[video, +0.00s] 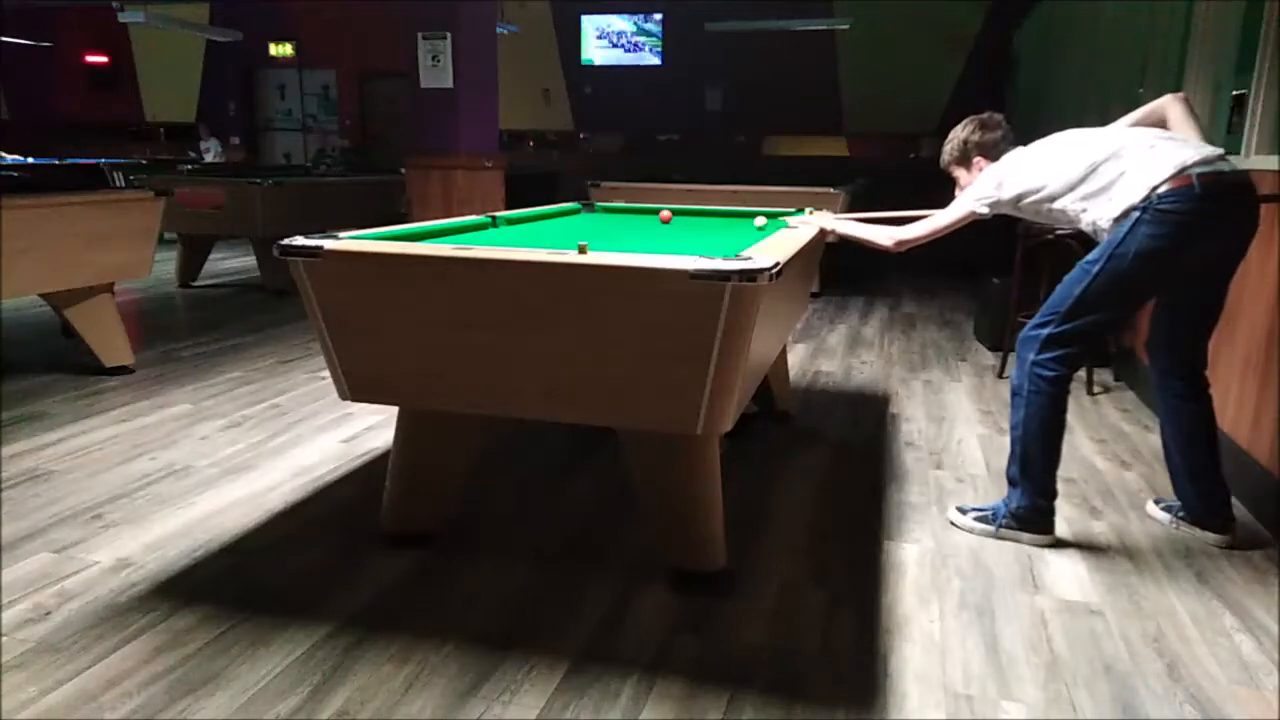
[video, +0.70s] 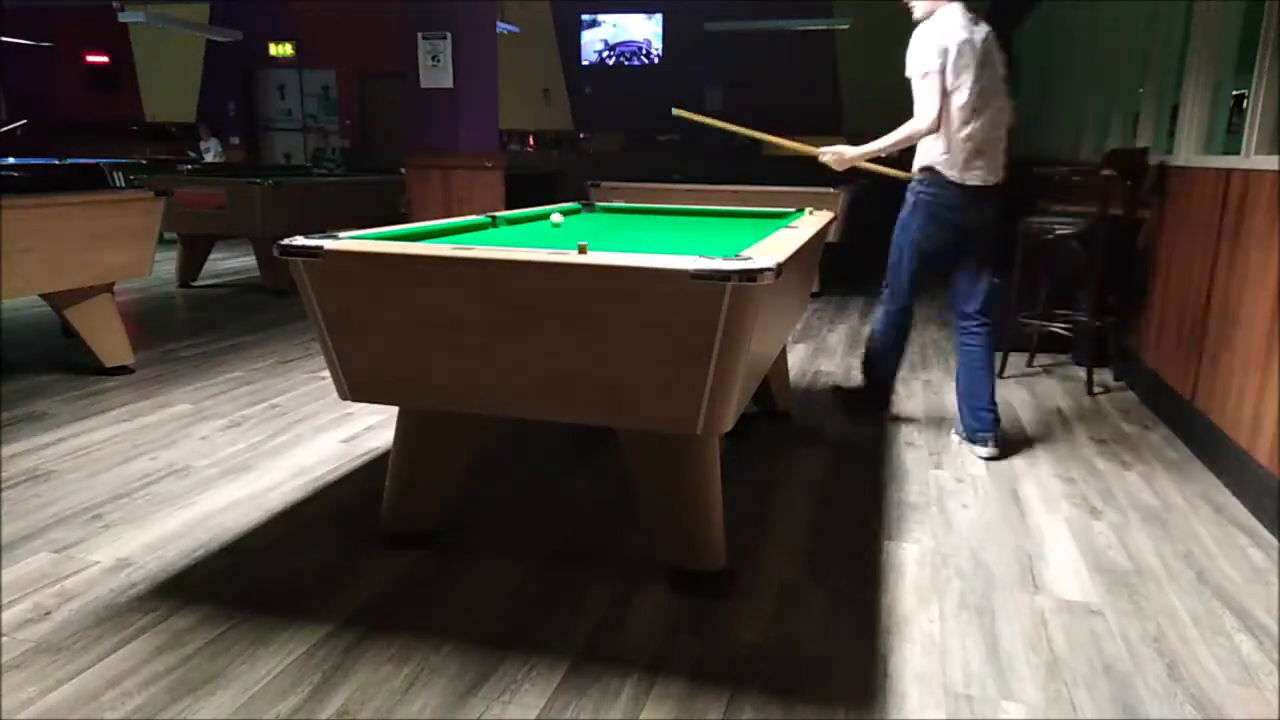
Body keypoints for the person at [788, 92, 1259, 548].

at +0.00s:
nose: (960, 194)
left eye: (958, 182)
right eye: (957, 185)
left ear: (977, 166)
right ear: (1008, 149)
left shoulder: (1001, 175)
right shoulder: (1081, 145)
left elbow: (900, 239)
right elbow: (1171, 102)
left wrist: (833, 224)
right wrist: (1205, 169)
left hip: (1173, 203)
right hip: (1233, 199)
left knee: (1041, 346)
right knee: (1177, 359)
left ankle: (1026, 510)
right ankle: (1206, 509)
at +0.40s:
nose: (959, 190)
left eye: (958, 178)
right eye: (956, 181)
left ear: (979, 161)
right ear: (1004, 149)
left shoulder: (1001, 174)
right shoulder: (1082, 143)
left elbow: (899, 240)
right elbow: (1166, 97)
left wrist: (834, 224)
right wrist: (1142, 167)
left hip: (1173, 202)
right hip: (1233, 196)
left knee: (1041, 345)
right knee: (1176, 359)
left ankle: (1026, 509)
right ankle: (1207, 509)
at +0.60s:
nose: (933, 14)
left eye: (938, 5)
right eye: (935, 6)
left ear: (964, 4)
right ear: (990, 6)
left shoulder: (948, 45)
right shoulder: (1045, 30)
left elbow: (881, 140)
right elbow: (1135, 65)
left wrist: (831, 202)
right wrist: (1135, 144)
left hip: (1033, 192)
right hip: (1089, 184)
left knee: (1006, 351)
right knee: (1040, 329)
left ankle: (1026, 504)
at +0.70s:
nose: (907, 4)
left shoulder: (928, 35)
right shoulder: (985, 34)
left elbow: (927, 119)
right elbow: (1003, 115)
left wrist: (857, 153)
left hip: (936, 191)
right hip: (984, 194)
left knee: (896, 298)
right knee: (973, 316)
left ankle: (874, 393)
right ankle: (981, 431)